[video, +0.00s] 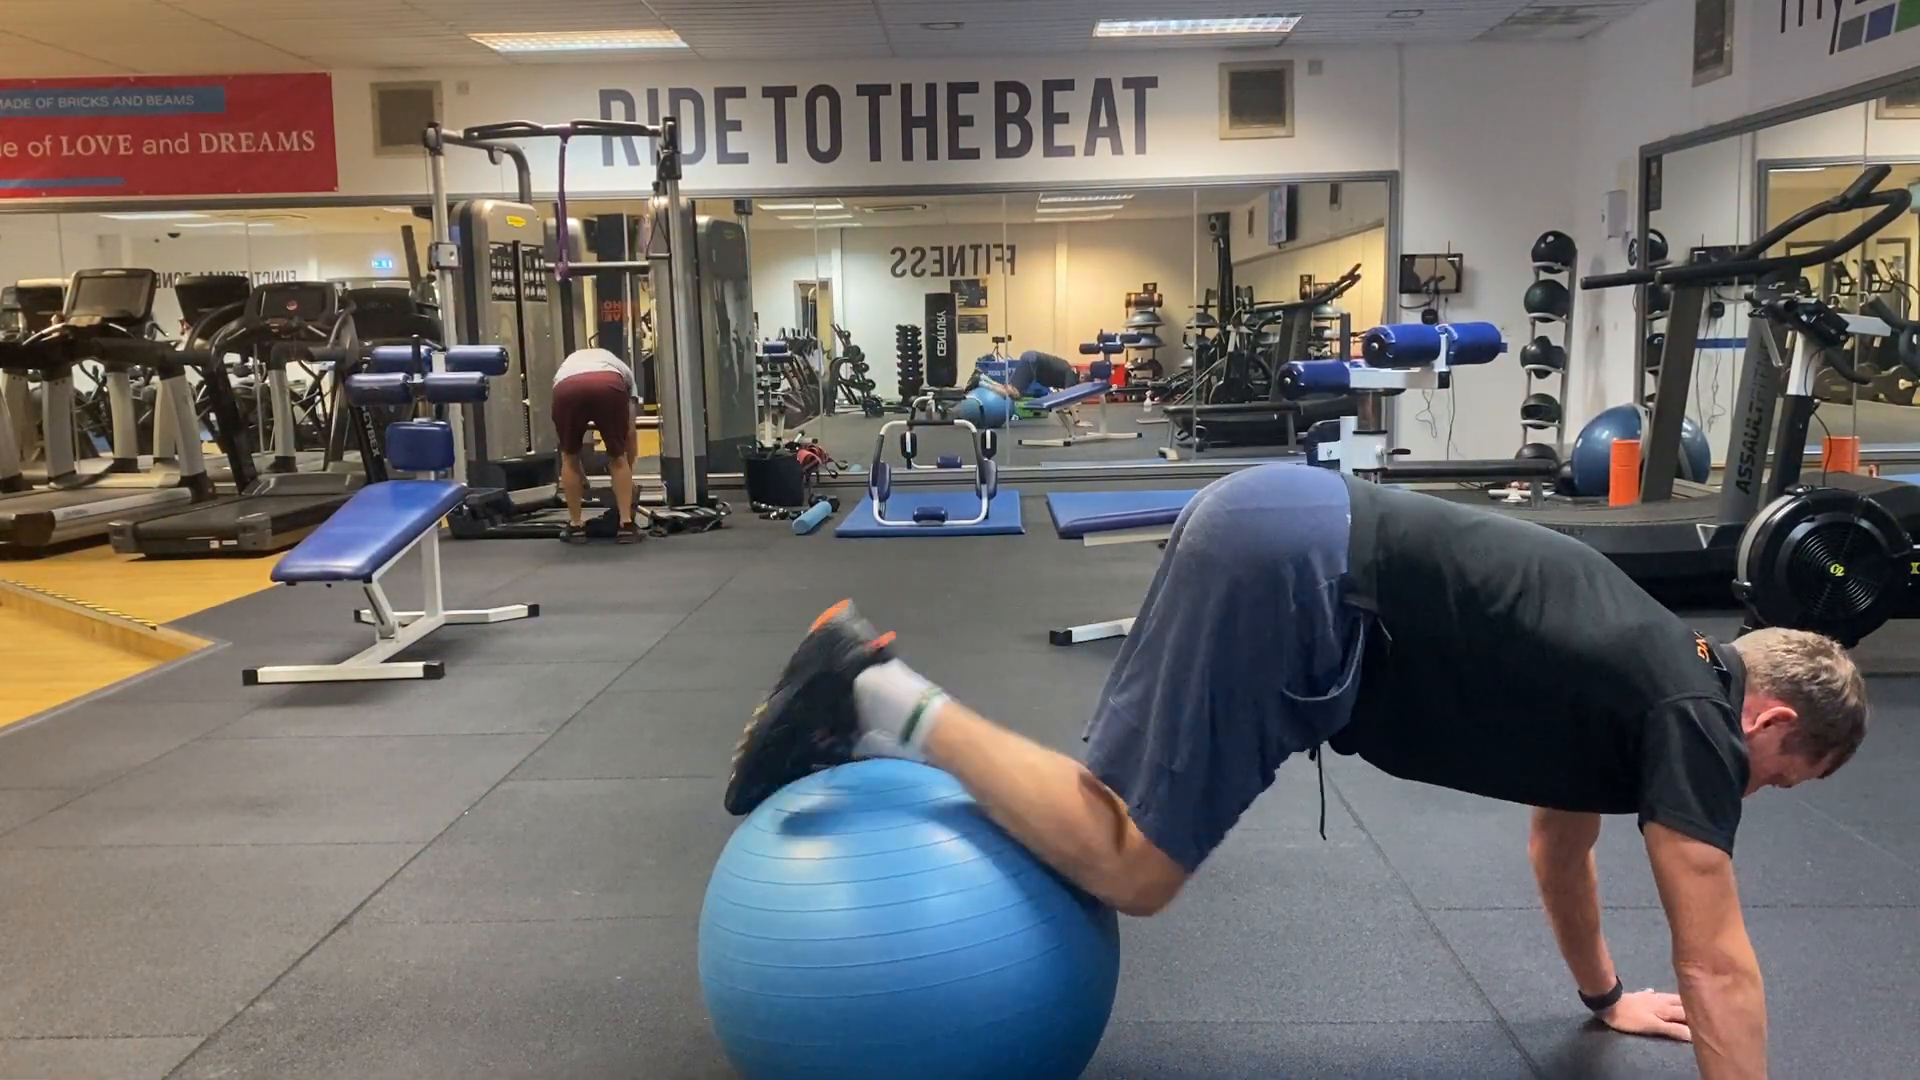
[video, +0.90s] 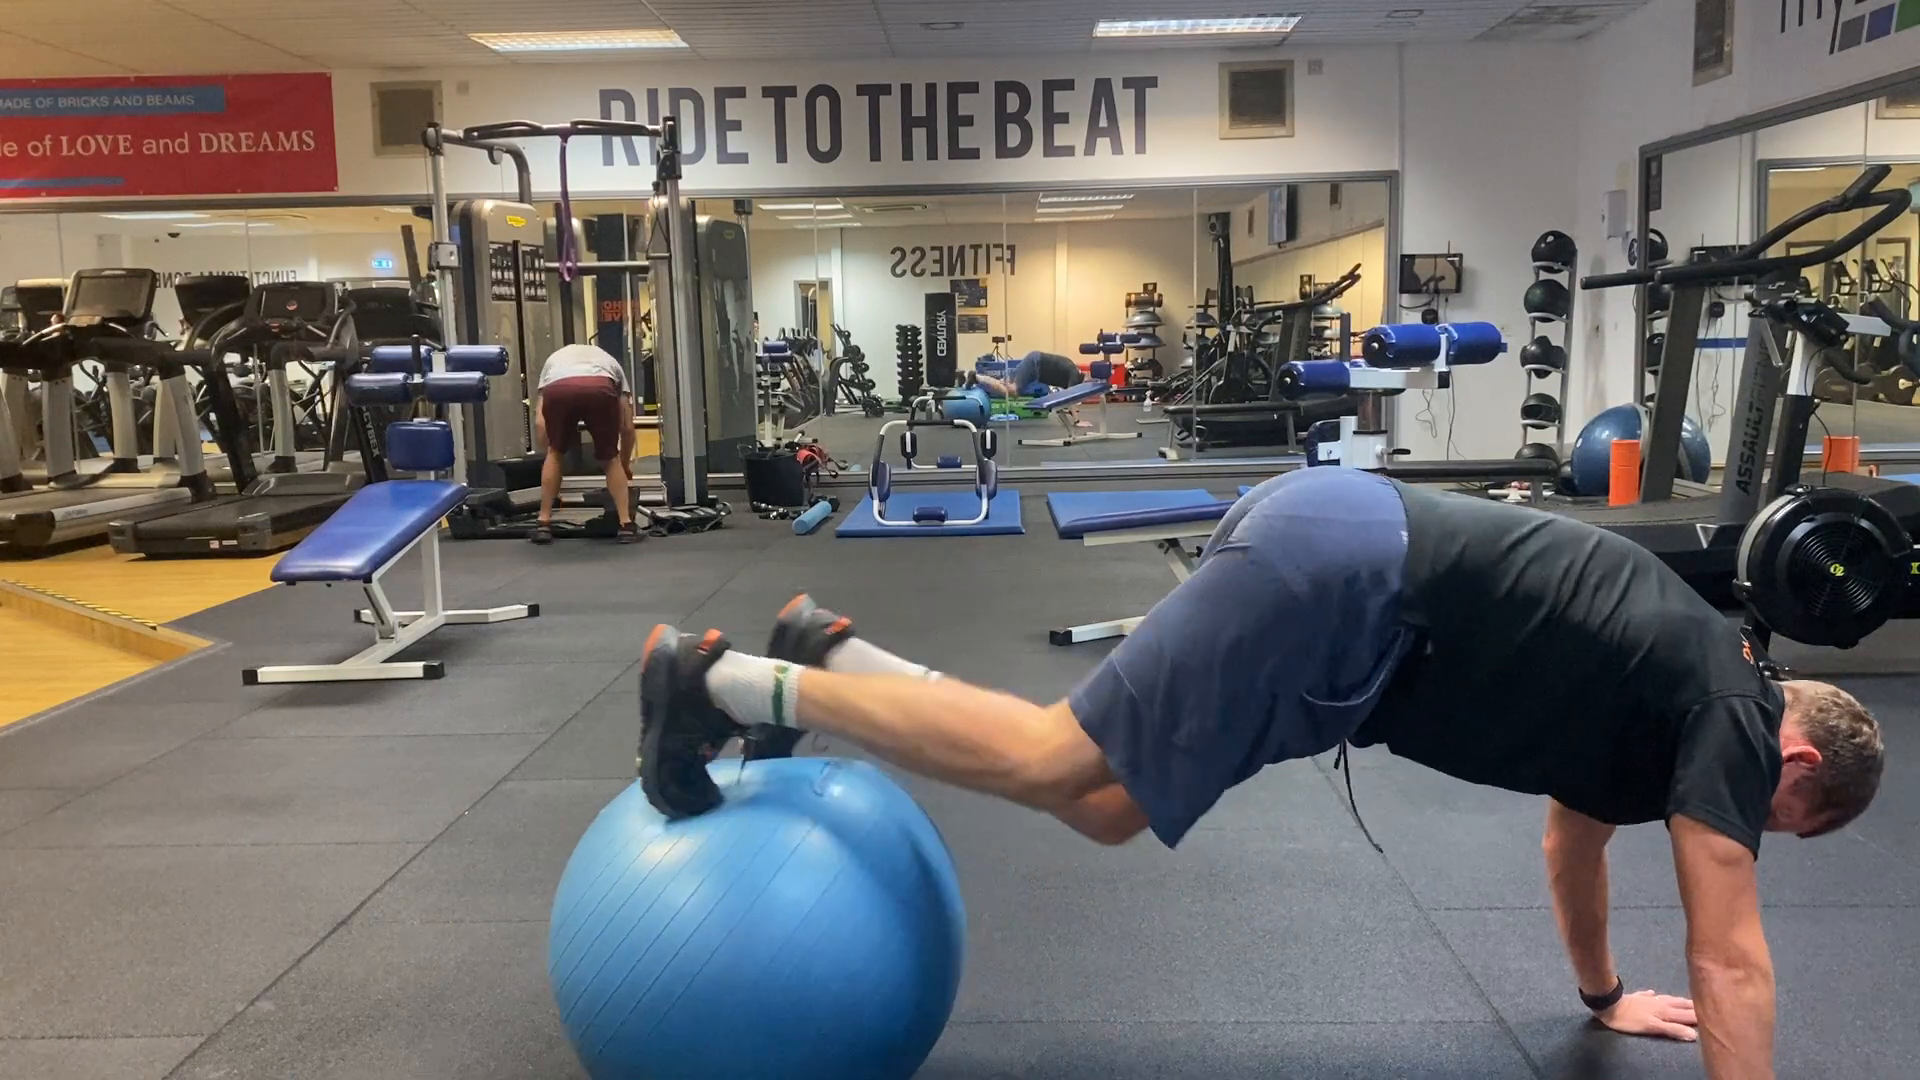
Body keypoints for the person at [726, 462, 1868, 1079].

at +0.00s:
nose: (1770, 788)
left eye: (1787, 776)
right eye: (1789, 771)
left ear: (1747, 674)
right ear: (1775, 718)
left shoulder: (1626, 649)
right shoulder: (1692, 710)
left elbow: (1561, 847)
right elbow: (1717, 974)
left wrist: (1609, 1000)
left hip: (1285, 509)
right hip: (1301, 556)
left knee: (1114, 816)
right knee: (1135, 871)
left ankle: (868, 685)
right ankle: (875, 689)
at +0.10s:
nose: (1768, 797)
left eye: (1786, 786)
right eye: (1786, 778)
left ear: (1745, 682)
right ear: (1768, 716)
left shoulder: (1627, 658)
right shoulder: (1685, 711)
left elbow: (1567, 848)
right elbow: (1719, 976)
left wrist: (1607, 993)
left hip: (1276, 518)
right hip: (1298, 556)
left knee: (1133, 826)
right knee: (1198, 899)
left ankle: (851, 712)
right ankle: (1016, 623)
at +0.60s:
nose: (1795, 811)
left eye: (1813, 803)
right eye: (1816, 794)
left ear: (1781, 700)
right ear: (1810, 732)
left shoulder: (1656, 650)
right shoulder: (1730, 702)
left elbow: (1572, 840)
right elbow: (1733, 975)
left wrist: (1607, 997)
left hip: (1306, 526)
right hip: (1344, 584)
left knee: (1124, 794)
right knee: (1165, 869)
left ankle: (897, 617)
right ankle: (893, 702)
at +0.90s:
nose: (1774, 828)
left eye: (1792, 822)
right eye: (1794, 813)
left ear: (1779, 713)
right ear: (1801, 755)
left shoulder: (1651, 663)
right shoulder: (1720, 703)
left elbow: (1573, 845)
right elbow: (1732, 974)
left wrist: (1602, 993)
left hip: (1344, 536)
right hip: (1350, 578)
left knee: (1110, 777)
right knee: (1086, 781)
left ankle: (827, 657)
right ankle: (735, 686)